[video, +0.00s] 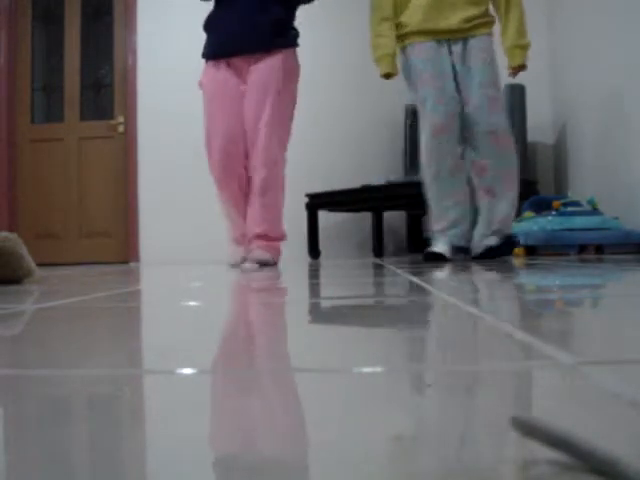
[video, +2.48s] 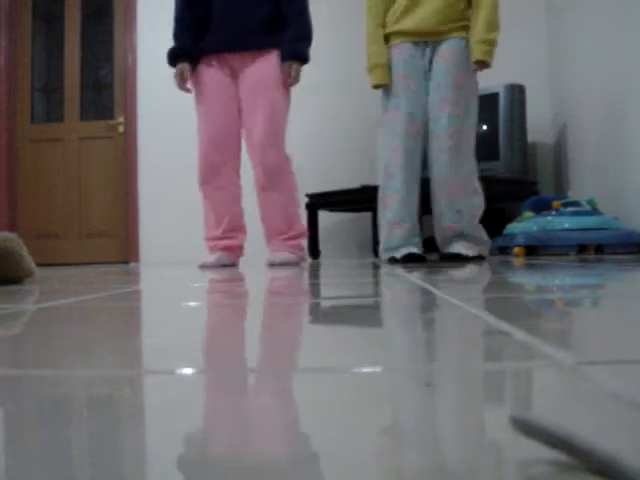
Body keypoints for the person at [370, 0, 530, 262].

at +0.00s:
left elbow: (506, 1)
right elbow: (383, 3)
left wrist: (515, 41)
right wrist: (384, 46)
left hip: (475, 27)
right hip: (420, 30)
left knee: (489, 127)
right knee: (438, 131)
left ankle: (492, 235)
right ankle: (447, 237)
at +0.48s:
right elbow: (370, 4)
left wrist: (483, 18)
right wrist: (371, 50)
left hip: (455, 24)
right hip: (400, 26)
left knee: (450, 133)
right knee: (395, 133)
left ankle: (457, 238)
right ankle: (385, 235)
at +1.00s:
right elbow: (380, 4)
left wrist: (504, 34)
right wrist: (379, 49)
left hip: (466, 21)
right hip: (410, 24)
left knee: (471, 126)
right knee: (416, 128)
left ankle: (475, 233)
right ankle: (408, 238)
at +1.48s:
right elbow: (361, 4)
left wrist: (463, 21)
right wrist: (364, 51)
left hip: (445, 27)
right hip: (393, 31)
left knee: (453, 138)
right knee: (396, 140)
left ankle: (462, 239)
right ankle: (393, 242)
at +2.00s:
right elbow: (376, 2)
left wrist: (507, 25)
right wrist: (380, 45)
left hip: (467, 28)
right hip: (410, 30)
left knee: (479, 133)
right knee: (418, 138)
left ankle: (485, 236)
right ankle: (425, 240)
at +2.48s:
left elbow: (486, 1)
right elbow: (376, 4)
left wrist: (483, 37)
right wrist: (377, 55)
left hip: (456, 31)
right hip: (402, 32)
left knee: (452, 136)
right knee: (402, 139)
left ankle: (461, 239)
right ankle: (402, 243)